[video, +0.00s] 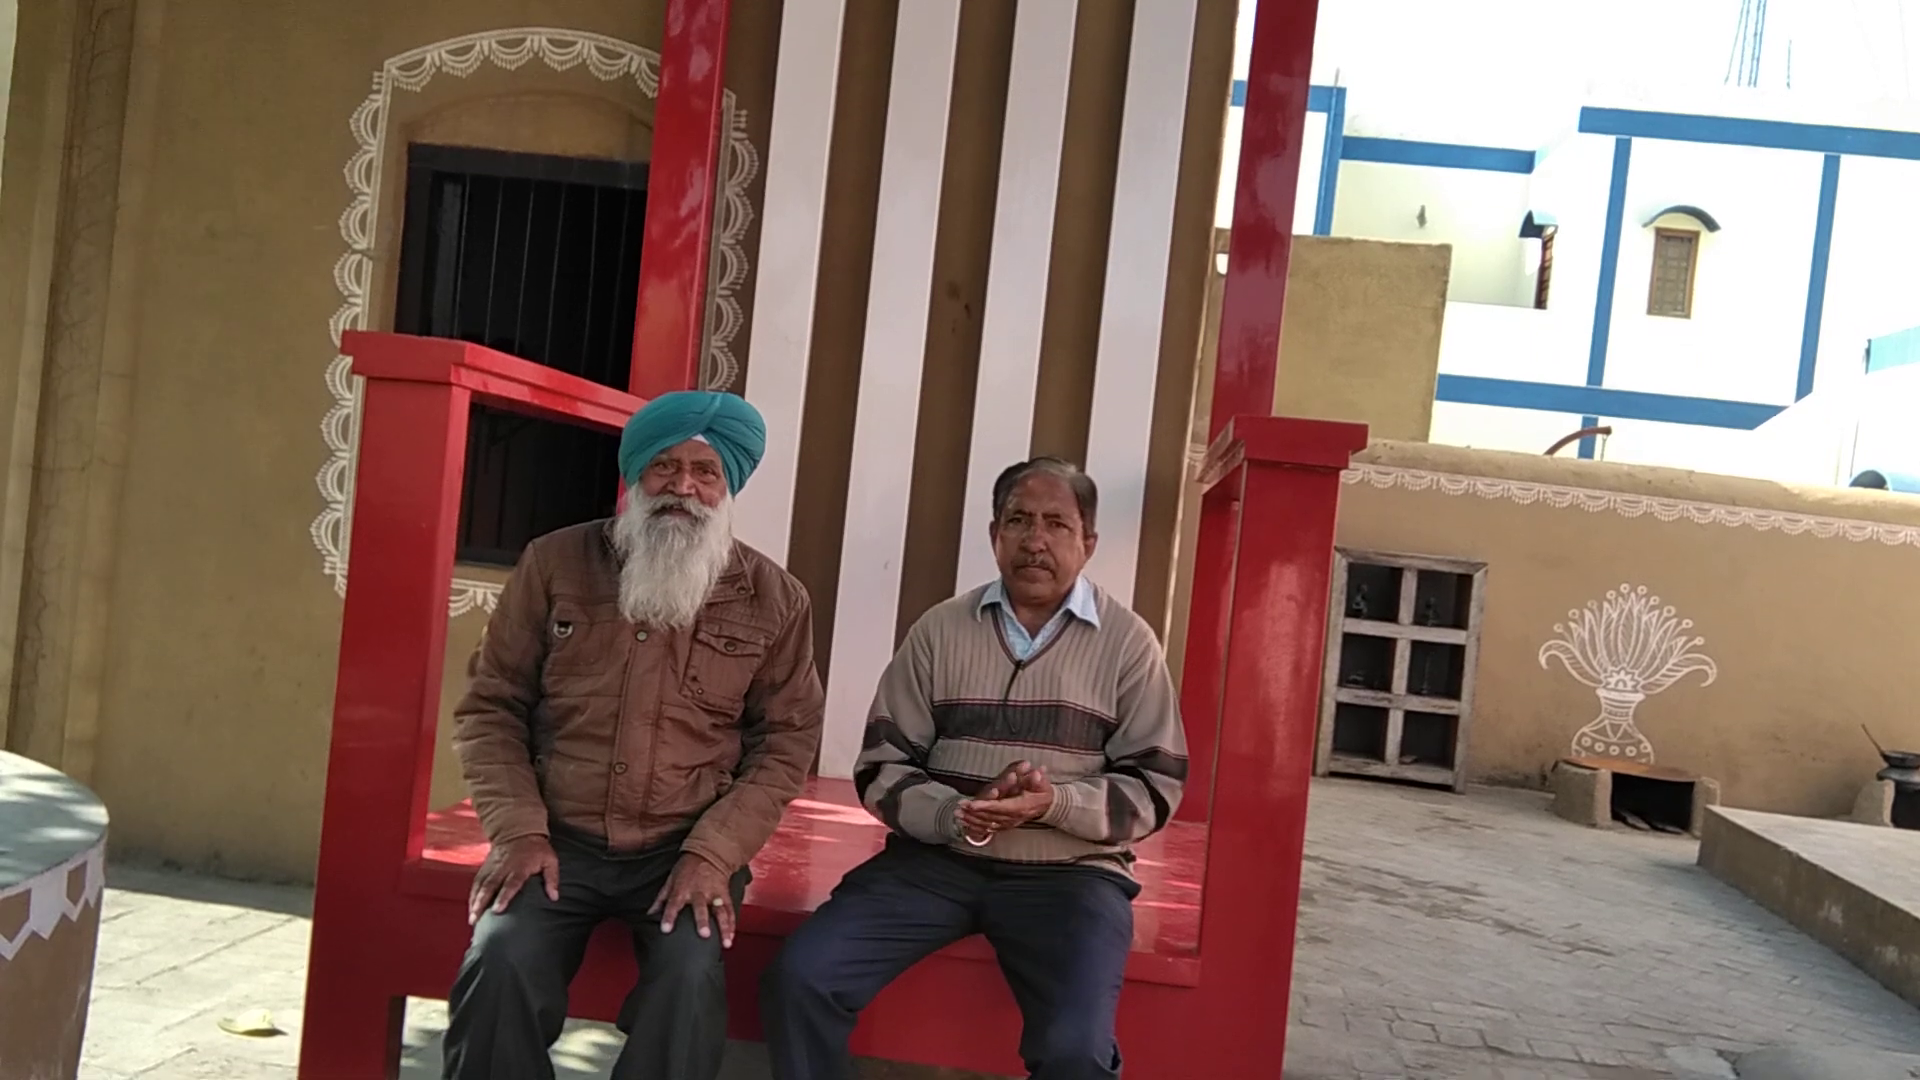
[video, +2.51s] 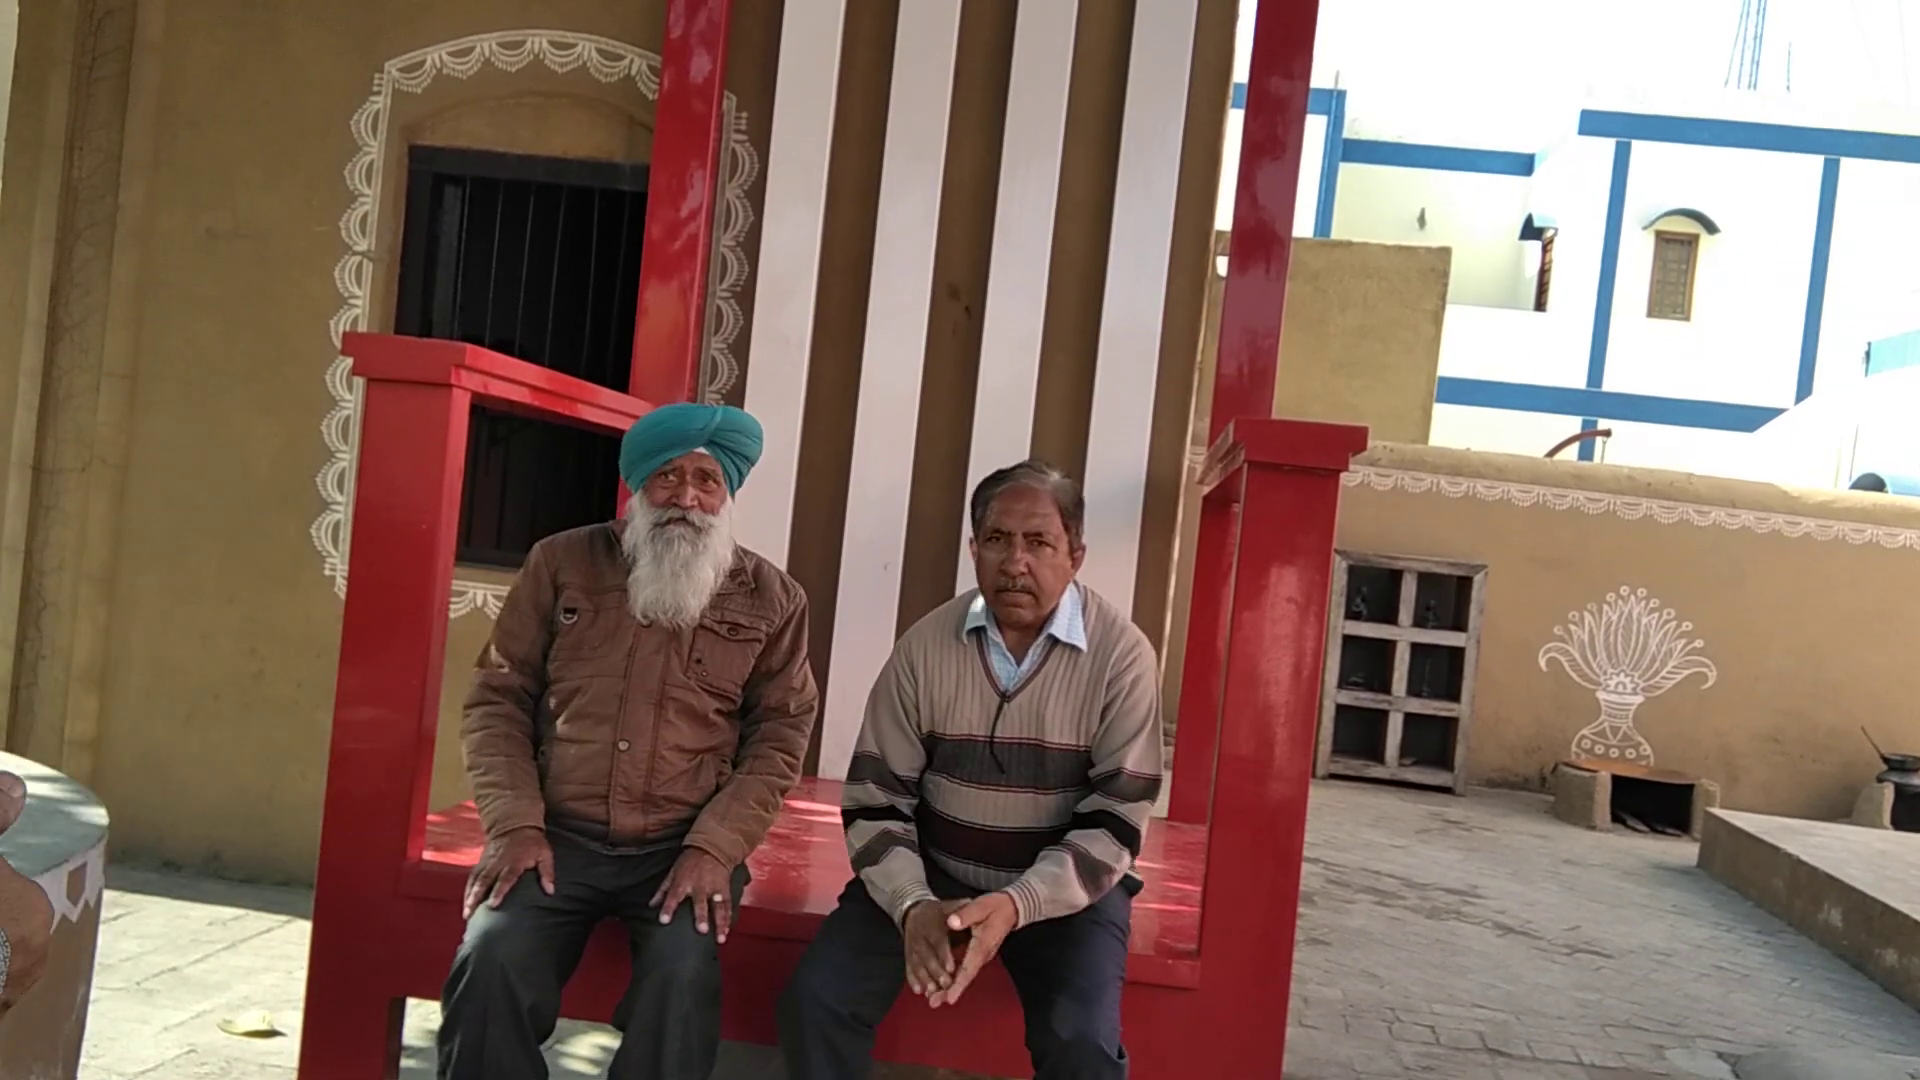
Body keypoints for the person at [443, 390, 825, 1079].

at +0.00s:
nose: (683, 486)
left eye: (705, 471)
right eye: (665, 467)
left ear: (729, 491)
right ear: (631, 481)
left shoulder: (775, 600)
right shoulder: (555, 564)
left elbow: (787, 746)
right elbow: (490, 706)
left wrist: (713, 852)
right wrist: (518, 828)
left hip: (685, 860)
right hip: (556, 849)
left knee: (690, 973)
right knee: (501, 959)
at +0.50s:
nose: (683, 487)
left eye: (706, 472)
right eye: (665, 468)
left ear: (729, 493)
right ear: (631, 483)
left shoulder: (775, 601)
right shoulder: (556, 565)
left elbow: (787, 747)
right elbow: (491, 706)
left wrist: (714, 853)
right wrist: (517, 828)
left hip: (685, 861)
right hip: (556, 849)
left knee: (690, 973)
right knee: (501, 961)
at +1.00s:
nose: (684, 488)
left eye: (706, 474)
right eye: (666, 469)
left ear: (731, 494)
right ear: (634, 483)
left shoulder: (774, 603)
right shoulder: (556, 567)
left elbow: (788, 748)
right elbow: (490, 708)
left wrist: (714, 855)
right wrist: (517, 829)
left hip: (685, 862)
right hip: (555, 851)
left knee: (690, 977)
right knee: (500, 965)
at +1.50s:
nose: (687, 489)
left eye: (709, 474)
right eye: (668, 470)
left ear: (731, 496)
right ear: (634, 484)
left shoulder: (775, 602)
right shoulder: (559, 567)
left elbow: (788, 747)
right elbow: (495, 712)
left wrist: (715, 854)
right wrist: (517, 829)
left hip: (685, 859)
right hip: (555, 848)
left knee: (691, 974)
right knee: (500, 961)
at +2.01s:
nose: (718, 513)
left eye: (731, 495)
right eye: (700, 494)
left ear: (742, 495)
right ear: (647, 492)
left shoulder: (769, 600)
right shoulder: (551, 568)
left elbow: (782, 740)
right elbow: (490, 707)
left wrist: (716, 851)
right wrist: (516, 827)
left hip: (685, 860)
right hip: (557, 848)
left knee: (684, 973)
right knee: (499, 961)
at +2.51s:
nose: (687, 496)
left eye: (707, 481)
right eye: (668, 478)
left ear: (729, 498)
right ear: (634, 489)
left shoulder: (771, 601)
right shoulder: (561, 565)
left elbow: (780, 739)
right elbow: (498, 696)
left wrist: (714, 847)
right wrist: (514, 821)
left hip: (683, 858)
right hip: (556, 843)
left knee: (683, 970)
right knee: (491, 955)